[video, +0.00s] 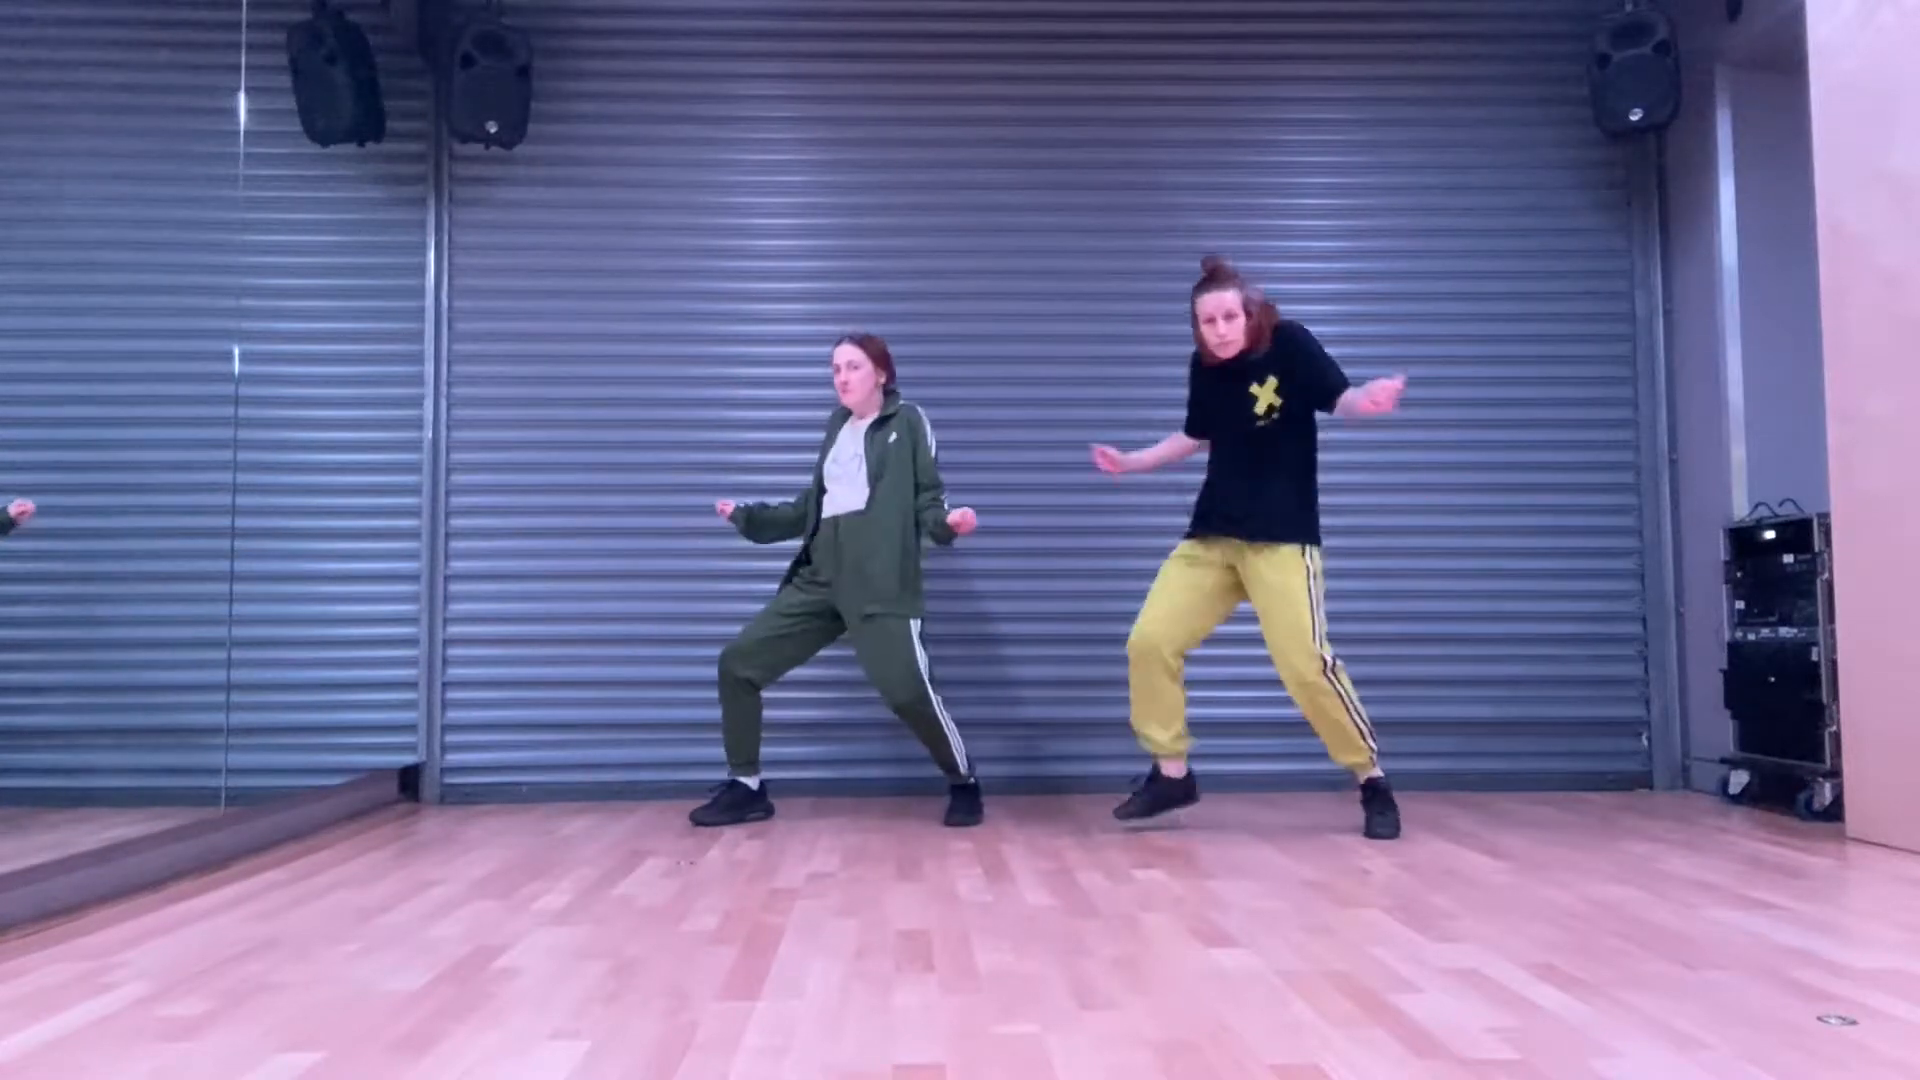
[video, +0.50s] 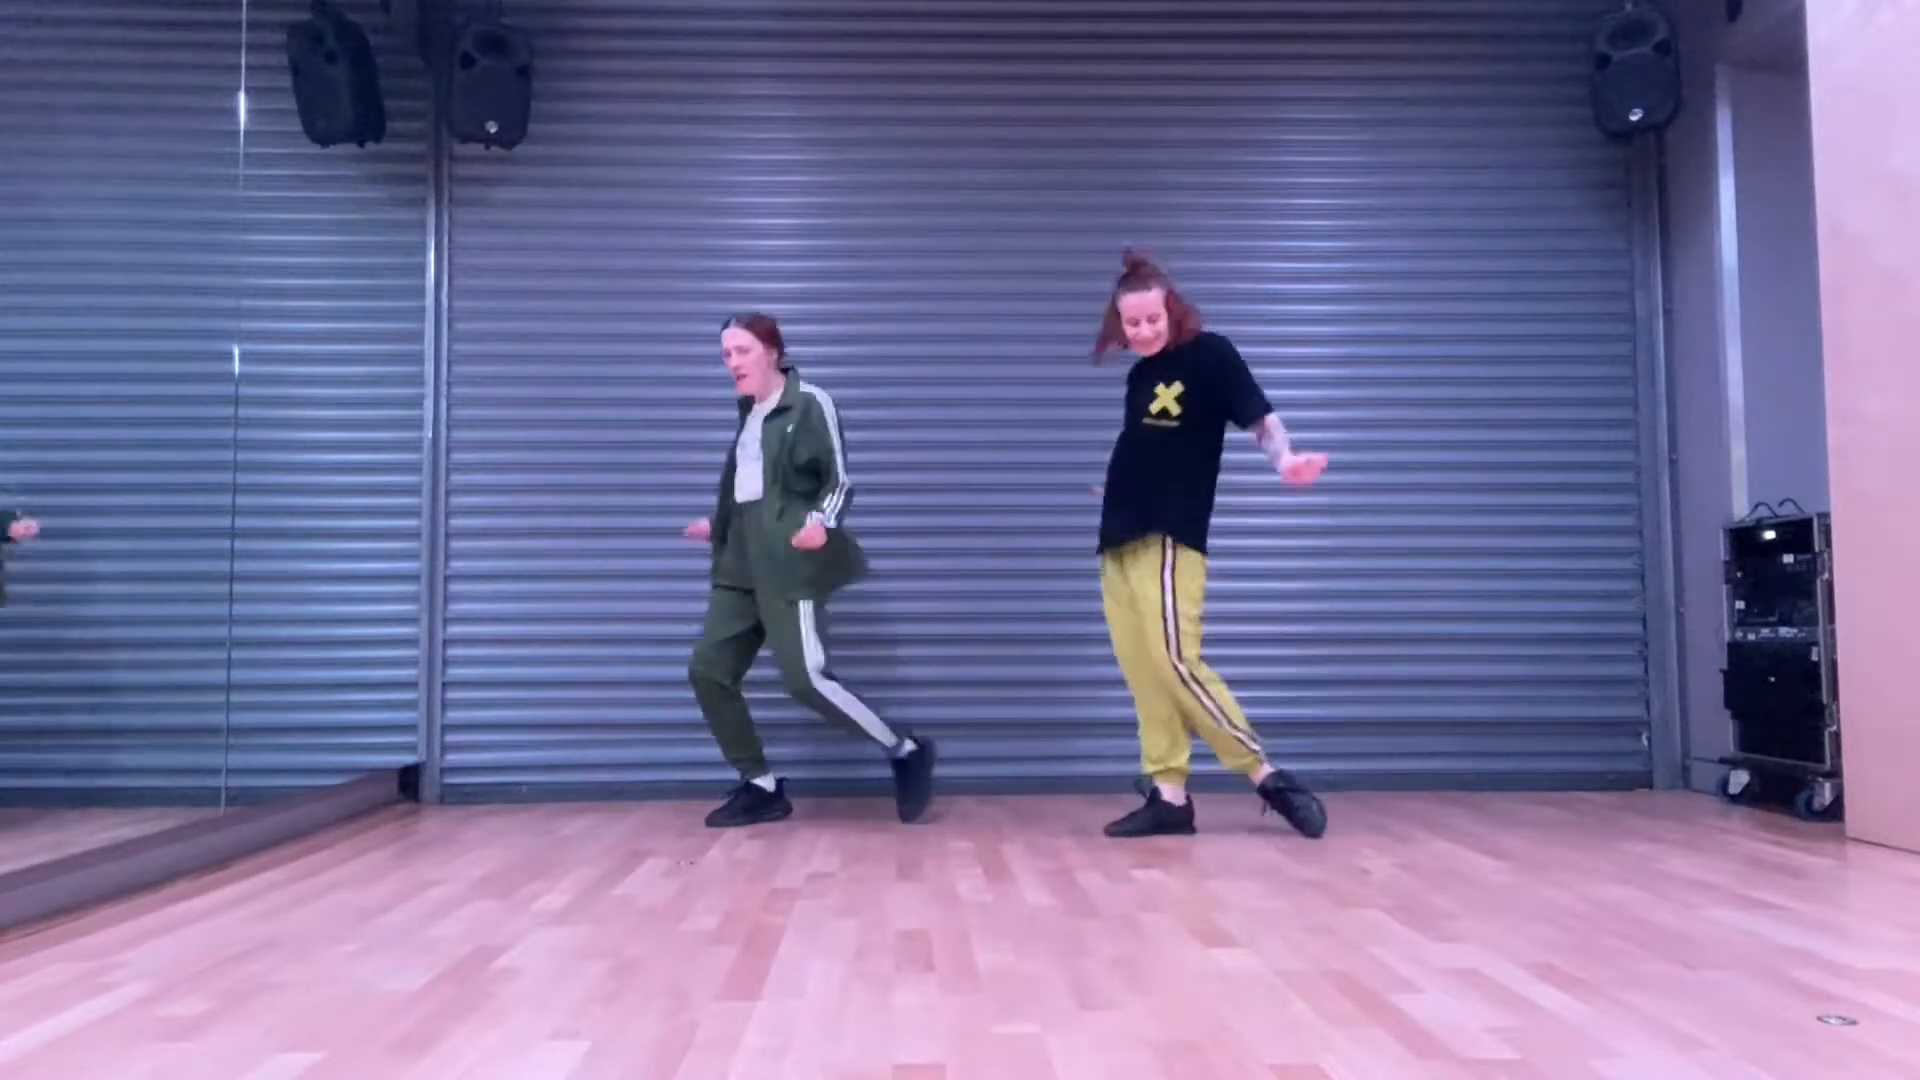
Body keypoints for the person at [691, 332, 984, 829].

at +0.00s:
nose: (841, 377)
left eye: (852, 367)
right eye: (836, 370)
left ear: (881, 374)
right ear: (833, 379)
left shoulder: (908, 422)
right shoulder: (838, 429)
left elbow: (928, 505)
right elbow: (816, 511)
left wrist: (944, 524)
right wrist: (748, 517)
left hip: (883, 583)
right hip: (821, 580)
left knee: (908, 694)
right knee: (739, 664)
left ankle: (963, 784)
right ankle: (745, 787)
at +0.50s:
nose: (733, 363)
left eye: (741, 352)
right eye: (727, 355)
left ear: (773, 354)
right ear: (728, 363)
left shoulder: (812, 404)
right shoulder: (747, 415)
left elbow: (839, 481)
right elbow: (755, 493)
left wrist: (822, 521)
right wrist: (718, 526)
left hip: (789, 562)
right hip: (740, 565)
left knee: (808, 680)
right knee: (710, 673)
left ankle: (906, 752)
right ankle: (761, 788)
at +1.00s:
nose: (725, 319)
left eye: (738, 311)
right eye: (725, 310)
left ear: (769, 325)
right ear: (729, 322)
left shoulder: (786, 372)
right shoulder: (740, 374)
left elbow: (857, 412)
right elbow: (756, 423)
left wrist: (884, 446)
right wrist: (729, 397)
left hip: (799, 525)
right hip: (746, 520)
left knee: (802, 655)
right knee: (706, 607)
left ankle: (806, 778)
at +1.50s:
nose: (753, 312)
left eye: (765, 304)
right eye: (745, 304)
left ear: (788, 314)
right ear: (735, 313)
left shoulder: (804, 366)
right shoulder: (719, 352)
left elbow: (778, 414)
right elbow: (759, 369)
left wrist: (719, 435)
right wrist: (812, 362)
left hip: (772, 507)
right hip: (709, 505)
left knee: (788, 648)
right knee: (680, 635)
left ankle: (790, 774)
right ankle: (684, 768)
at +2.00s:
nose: (697, 332)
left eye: (706, 323)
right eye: (687, 324)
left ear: (725, 332)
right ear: (676, 333)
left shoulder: (750, 400)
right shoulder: (647, 396)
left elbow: (799, 446)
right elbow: (560, 409)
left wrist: (847, 400)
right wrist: (612, 390)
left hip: (721, 545)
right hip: (658, 537)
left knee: (670, 670)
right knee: (667, 668)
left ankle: (609, 777)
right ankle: (701, 793)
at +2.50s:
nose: (734, 388)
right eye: (734, 380)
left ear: (683, 361)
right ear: (729, 375)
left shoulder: (636, 390)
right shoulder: (738, 412)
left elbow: (605, 469)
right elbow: (765, 496)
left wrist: (606, 519)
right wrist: (729, 536)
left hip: (617, 546)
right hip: (686, 553)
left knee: (614, 666)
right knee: (709, 672)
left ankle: (602, 784)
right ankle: (706, 792)